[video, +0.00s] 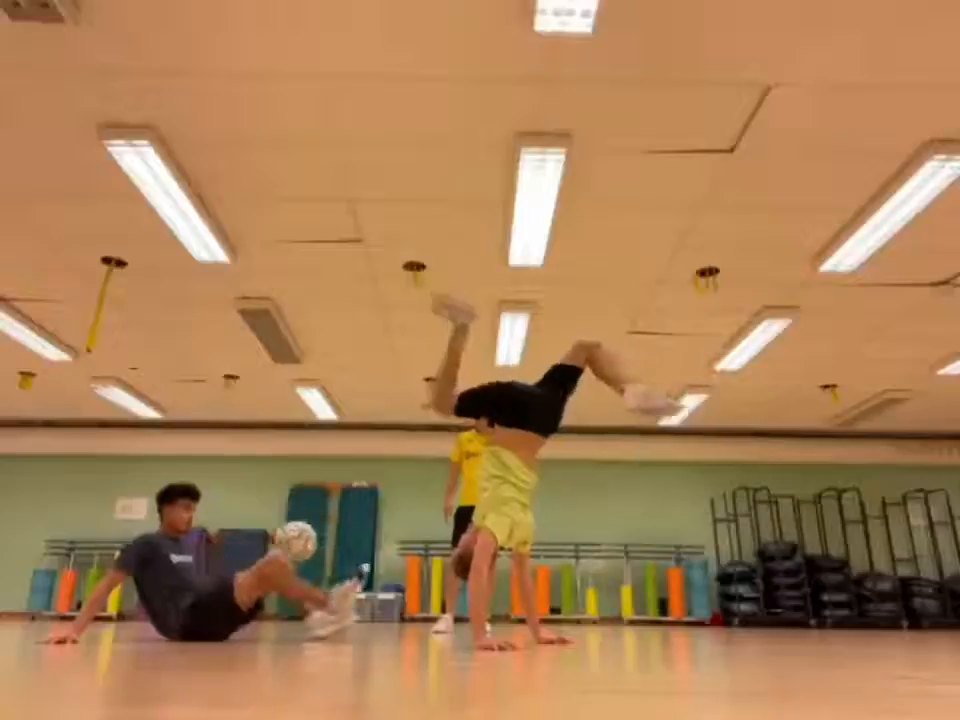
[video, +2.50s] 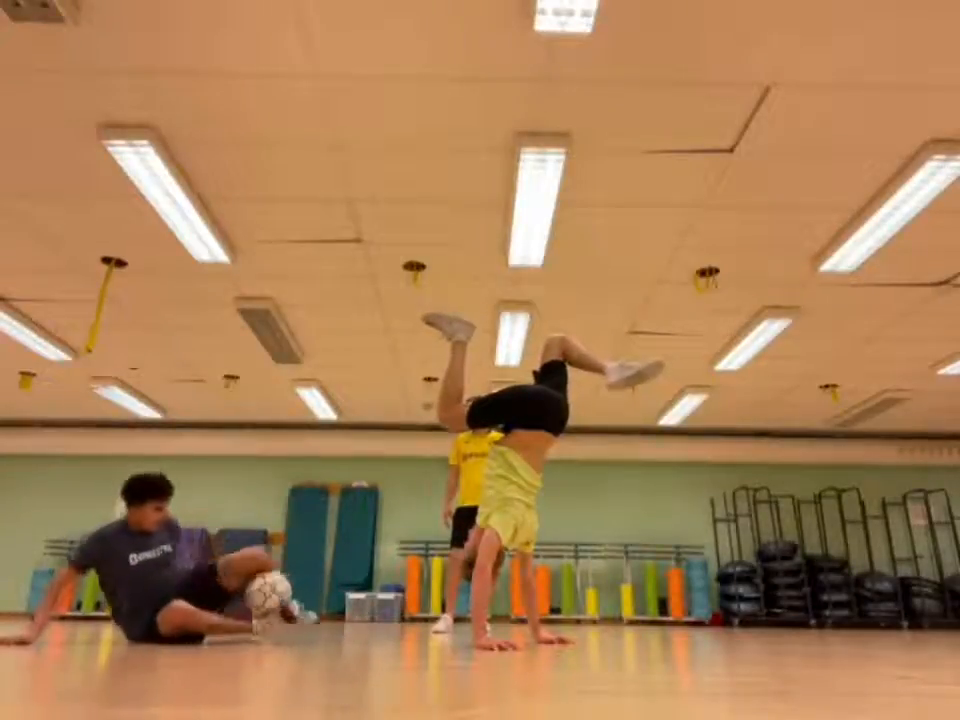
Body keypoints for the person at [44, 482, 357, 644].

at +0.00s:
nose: (189, 517)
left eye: (192, 511)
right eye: (184, 509)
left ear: (189, 515)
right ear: (164, 511)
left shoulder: (186, 549)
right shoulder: (144, 546)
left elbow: (192, 590)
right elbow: (106, 588)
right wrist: (75, 631)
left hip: (210, 616)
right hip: (188, 621)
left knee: (272, 568)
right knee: (268, 569)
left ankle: (319, 615)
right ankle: (327, 604)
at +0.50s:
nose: (175, 524)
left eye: (177, 518)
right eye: (170, 517)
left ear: (173, 521)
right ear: (150, 518)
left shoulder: (176, 555)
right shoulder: (133, 547)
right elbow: (98, 587)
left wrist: (251, 576)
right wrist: (74, 629)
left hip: (202, 619)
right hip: (178, 620)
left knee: (237, 542)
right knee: (226, 543)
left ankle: (266, 599)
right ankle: (266, 603)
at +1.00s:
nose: (138, 527)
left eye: (139, 521)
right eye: (130, 522)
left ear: (139, 524)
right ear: (111, 527)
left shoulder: (147, 551)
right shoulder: (102, 566)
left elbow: (166, 586)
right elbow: (63, 593)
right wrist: (33, 615)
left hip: (194, 594)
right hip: (173, 618)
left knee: (251, 583)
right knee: (241, 612)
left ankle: (309, 601)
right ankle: (309, 629)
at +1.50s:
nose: (88, 535)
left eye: (88, 528)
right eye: (79, 530)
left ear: (90, 530)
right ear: (59, 537)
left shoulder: (110, 546)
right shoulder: (49, 586)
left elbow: (149, 556)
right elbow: (16, 631)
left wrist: (184, 565)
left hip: (161, 589)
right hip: (148, 622)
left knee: (112, 571)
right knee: (189, 630)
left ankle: (197, 584)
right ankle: (245, 613)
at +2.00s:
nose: (159, 512)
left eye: (159, 506)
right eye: (153, 506)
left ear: (153, 507)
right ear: (129, 506)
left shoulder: (162, 532)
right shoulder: (96, 547)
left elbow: (175, 575)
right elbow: (60, 591)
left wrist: (222, 606)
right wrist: (35, 632)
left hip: (187, 592)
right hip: (158, 621)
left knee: (221, 557)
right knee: (198, 628)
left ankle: (280, 597)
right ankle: (252, 632)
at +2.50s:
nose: (165, 515)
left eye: (166, 508)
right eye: (158, 508)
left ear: (162, 506)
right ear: (135, 508)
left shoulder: (170, 530)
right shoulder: (103, 541)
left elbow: (194, 567)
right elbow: (65, 579)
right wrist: (35, 630)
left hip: (186, 591)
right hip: (146, 617)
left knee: (255, 557)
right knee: (179, 613)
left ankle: (280, 605)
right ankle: (256, 626)